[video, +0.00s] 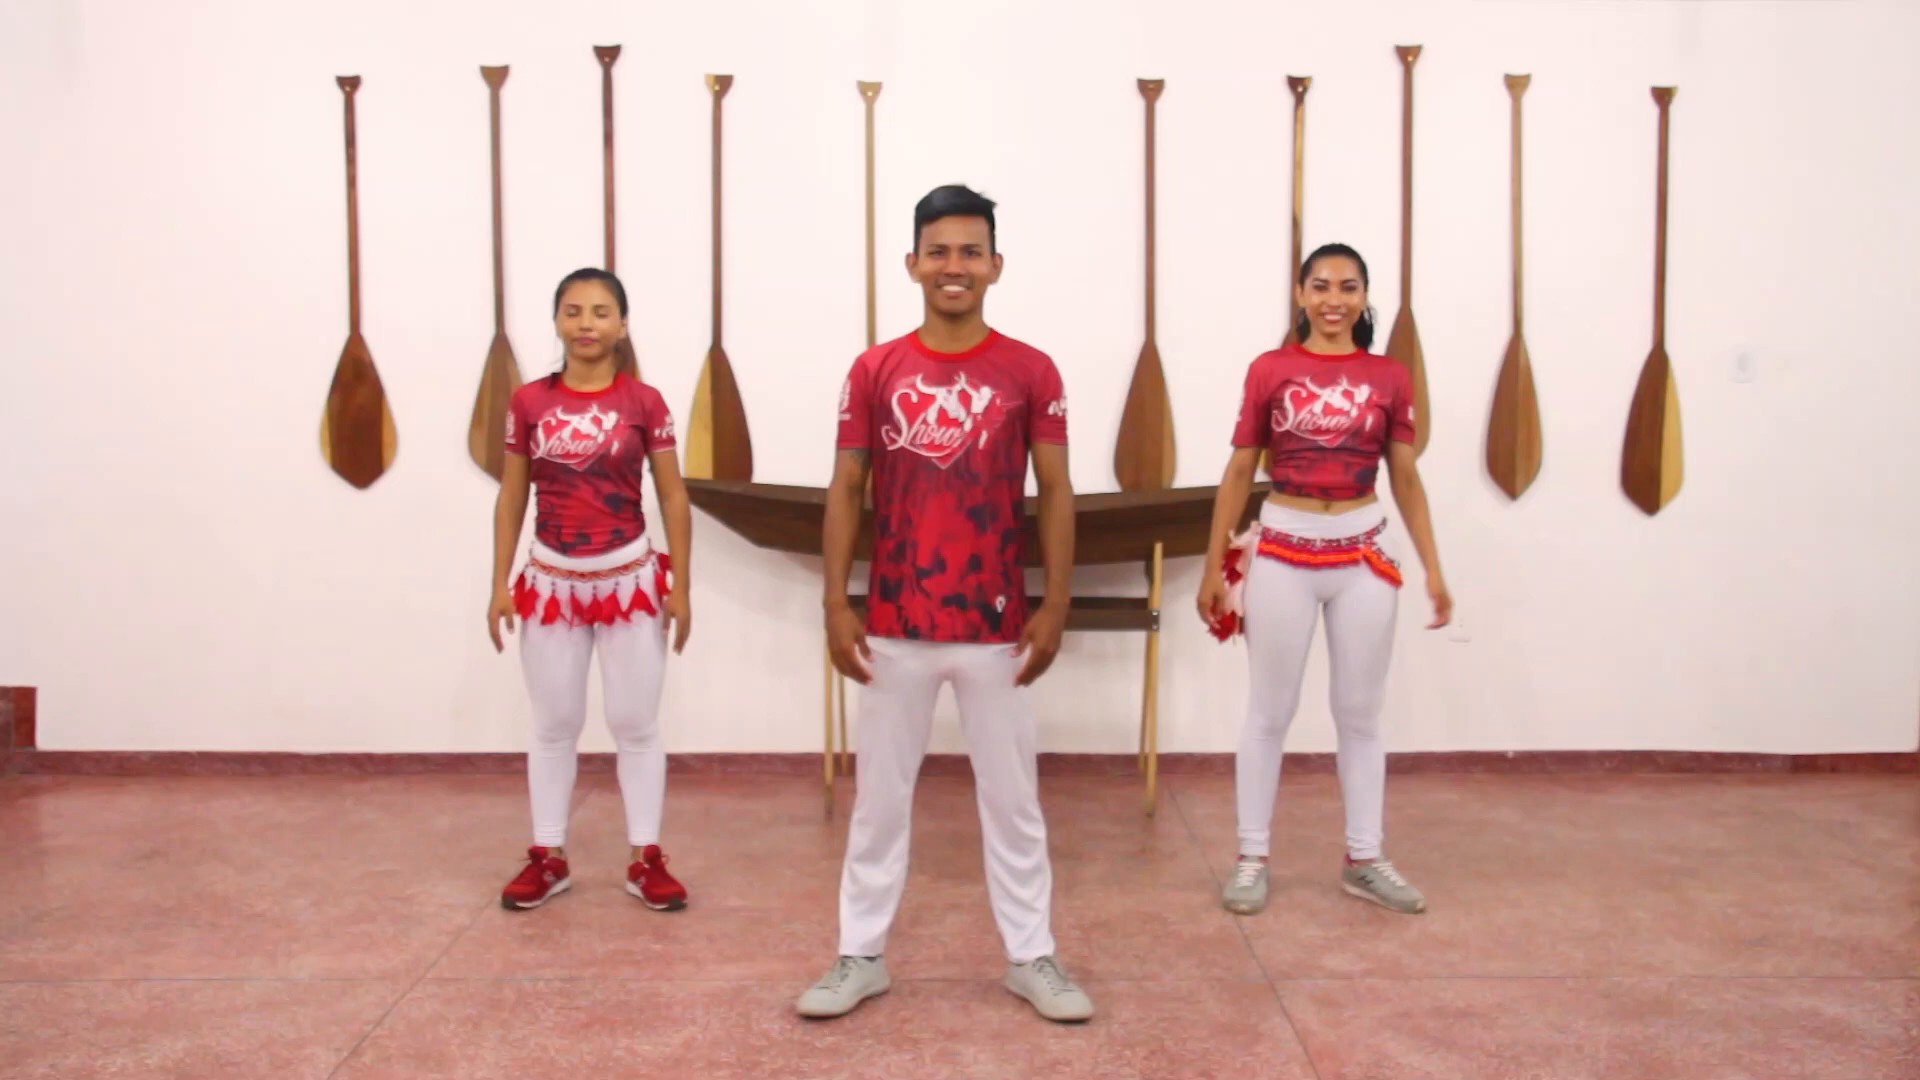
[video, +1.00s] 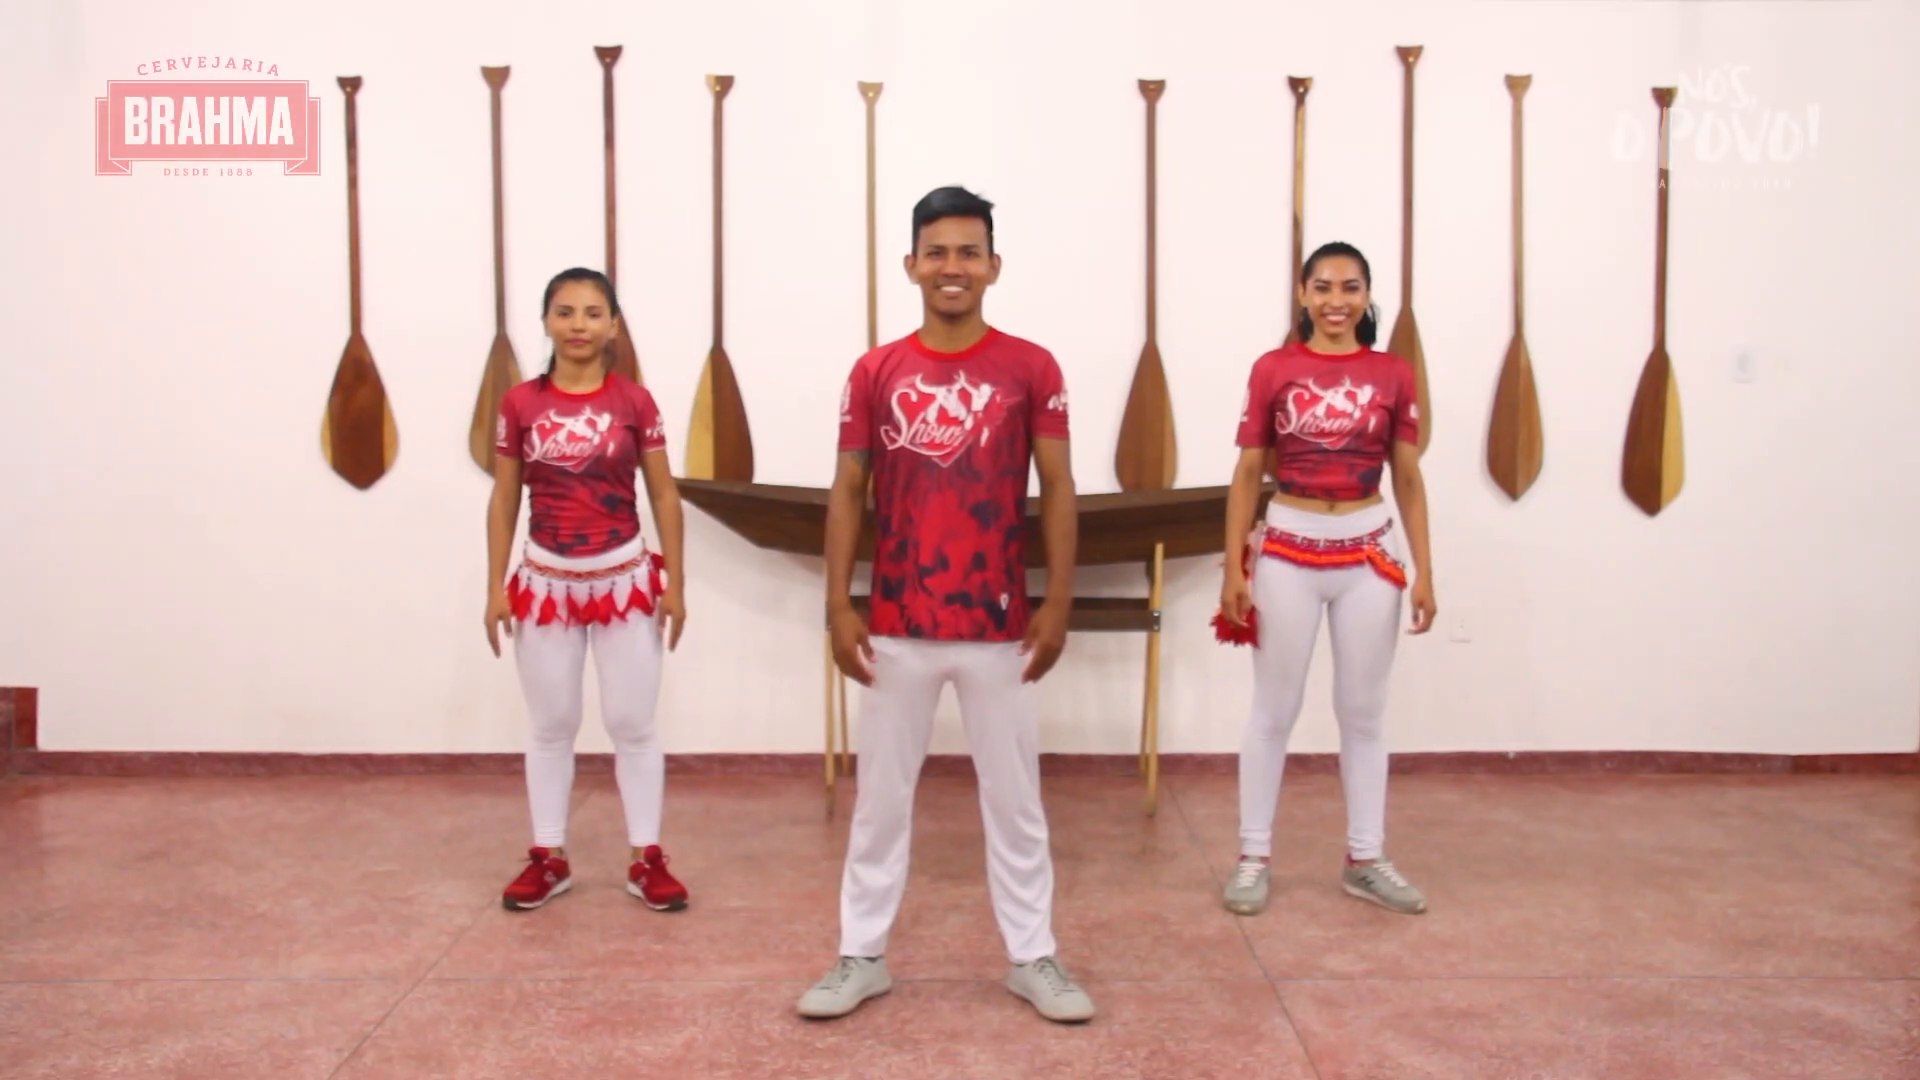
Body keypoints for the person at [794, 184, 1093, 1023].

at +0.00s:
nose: (955, 266)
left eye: (971, 251)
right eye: (940, 252)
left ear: (994, 264)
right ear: (915, 263)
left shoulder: (1031, 372)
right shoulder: (874, 371)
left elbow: (1057, 491)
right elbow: (845, 490)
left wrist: (1056, 603)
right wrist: (835, 602)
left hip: (995, 625)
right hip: (895, 623)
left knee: (1013, 802)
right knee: (880, 797)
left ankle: (1032, 955)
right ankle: (860, 953)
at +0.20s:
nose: (956, 266)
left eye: (972, 251)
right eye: (939, 252)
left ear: (994, 264)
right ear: (915, 264)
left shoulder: (1031, 372)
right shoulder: (875, 372)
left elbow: (1058, 490)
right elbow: (847, 491)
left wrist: (1060, 602)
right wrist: (838, 602)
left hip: (997, 625)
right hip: (897, 624)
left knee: (1014, 801)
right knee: (881, 797)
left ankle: (1032, 956)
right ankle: (860, 954)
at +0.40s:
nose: (955, 266)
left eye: (971, 252)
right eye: (939, 252)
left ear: (993, 264)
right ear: (915, 264)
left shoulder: (1032, 370)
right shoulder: (875, 373)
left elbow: (1058, 490)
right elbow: (850, 494)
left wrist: (1059, 601)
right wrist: (844, 604)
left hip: (997, 625)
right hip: (898, 624)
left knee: (1014, 801)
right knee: (881, 797)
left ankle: (1032, 955)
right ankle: (861, 953)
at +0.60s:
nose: (954, 267)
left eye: (970, 252)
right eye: (938, 253)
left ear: (992, 264)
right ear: (914, 264)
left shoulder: (1032, 369)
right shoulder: (876, 373)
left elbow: (1058, 489)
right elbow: (849, 493)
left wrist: (1058, 601)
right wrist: (842, 603)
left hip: (997, 625)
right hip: (898, 623)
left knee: (1014, 800)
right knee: (881, 797)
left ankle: (1032, 955)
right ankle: (861, 953)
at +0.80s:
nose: (954, 267)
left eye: (970, 252)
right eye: (938, 253)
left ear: (992, 264)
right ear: (914, 264)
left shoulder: (1031, 367)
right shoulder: (875, 372)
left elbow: (1059, 488)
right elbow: (847, 492)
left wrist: (1060, 600)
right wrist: (837, 603)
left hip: (998, 625)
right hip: (898, 623)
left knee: (1015, 799)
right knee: (881, 796)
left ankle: (1032, 955)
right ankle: (862, 953)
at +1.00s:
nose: (953, 267)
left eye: (969, 252)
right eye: (937, 253)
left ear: (992, 264)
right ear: (913, 265)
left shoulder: (1031, 368)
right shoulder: (875, 372)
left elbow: (1058, 488)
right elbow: (847, 492)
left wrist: (1059, 601)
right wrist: (838, 604)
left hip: (998, 624)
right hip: (898, 623)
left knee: (1015, 799)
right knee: (881, 795)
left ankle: (1033, 955)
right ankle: (862, 953)